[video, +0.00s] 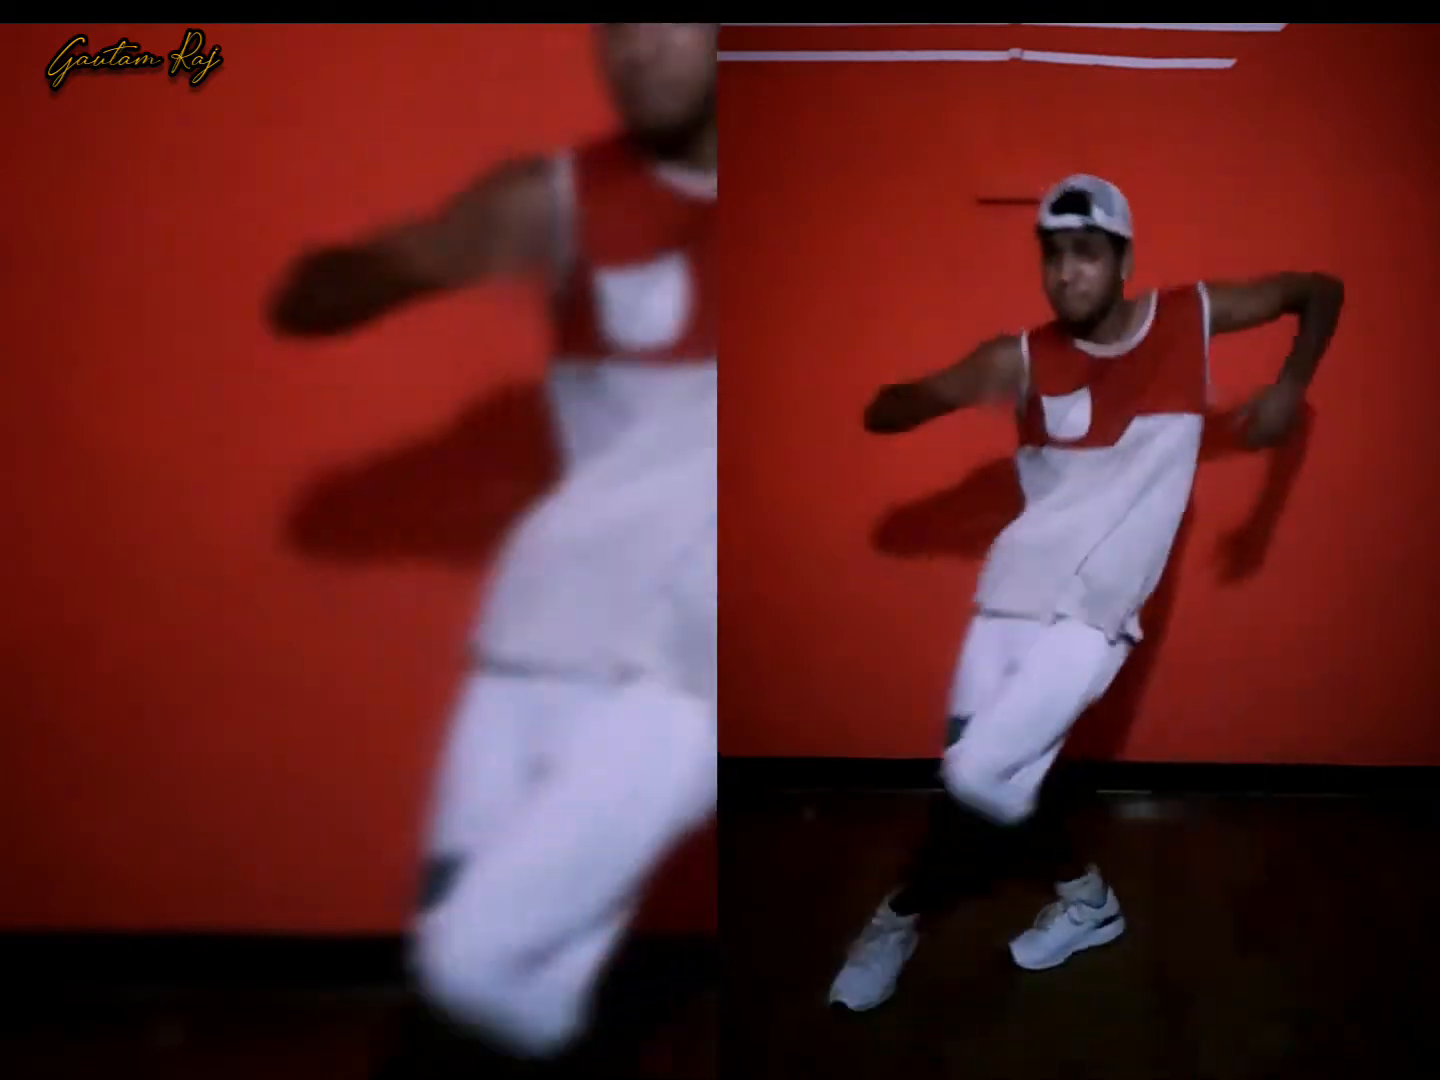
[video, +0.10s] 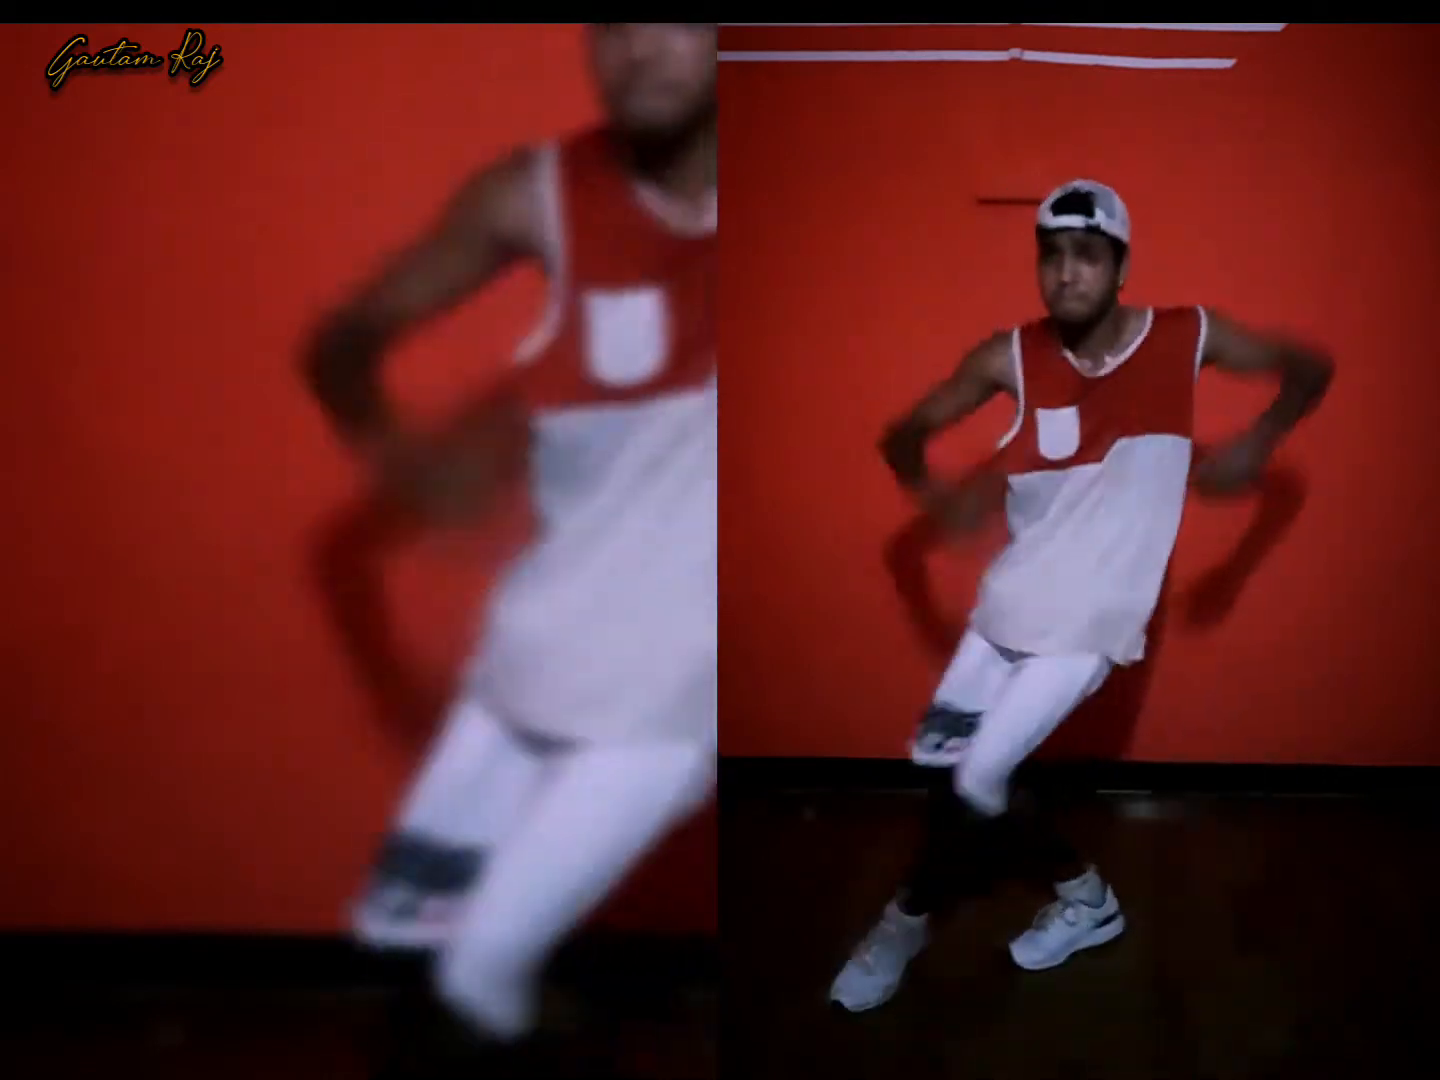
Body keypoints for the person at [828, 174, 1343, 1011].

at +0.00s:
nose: (1066, 273)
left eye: (1085, 257)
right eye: (1054, 257)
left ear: (1123, 261)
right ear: (1041, 267)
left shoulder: (1186, 315)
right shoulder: (1020, 359)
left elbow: (1321, 292)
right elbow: (893, 412)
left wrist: (1290, 387)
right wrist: (918, 398)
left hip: (1099, 606)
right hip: (1011, 591)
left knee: (975, 772)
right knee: (982, 767)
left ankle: (894, 926)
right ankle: (1085, 898)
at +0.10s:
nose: (1065, 276)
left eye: (1085, 259)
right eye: (1053, 258)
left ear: (1121, 267)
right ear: (1039, 268)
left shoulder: (1188, 337)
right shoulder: (1009, 356)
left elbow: (1310, 368)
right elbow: (903, 436)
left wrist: (1250, 448)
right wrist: (935, 500)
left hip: (1098, 610)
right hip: (1014, 596)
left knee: (976, 774)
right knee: (938, 758)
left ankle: (900, 930)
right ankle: (1084, 897)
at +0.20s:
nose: (1058, 284)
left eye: (1076, 266)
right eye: (1044, 266)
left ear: (1109, 277)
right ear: (1026, 276)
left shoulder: (1172, 372)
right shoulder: (1006, 368)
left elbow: (1249, 479)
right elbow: (964, 475)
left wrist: (1152, 535)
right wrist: (953, 583)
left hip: (1129, 592)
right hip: (1040, 591)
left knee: (1044, 736)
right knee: (991, 745)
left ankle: (1087, 901)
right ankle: (1045, 909)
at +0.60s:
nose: (1076, 301)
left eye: (1096, 286)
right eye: (1061, 283)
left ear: (1122, 300)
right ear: (1042, 294)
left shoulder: (1150, 401)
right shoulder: (1045, 361)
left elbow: (1213, 540)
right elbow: (1076, 461)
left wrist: (1098, 518)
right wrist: (1049, 508)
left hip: (1203, 615)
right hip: (1111, 603)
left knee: (1273, 788)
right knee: (1032, 767)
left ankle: (1416, 938)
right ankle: (1094, 908)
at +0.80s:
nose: (1071, 273)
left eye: (1089, 255)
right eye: (1056, 255)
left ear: (1119, 266)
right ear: (1038, 267)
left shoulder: (1184, 352)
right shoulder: (1020, 367)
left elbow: (1223, 477)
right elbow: (1012, 497)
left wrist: (1221, 601)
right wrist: (1057, 528)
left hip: (1153, 587)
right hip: (1059, 581)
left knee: (1092, 759)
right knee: (1020, 745)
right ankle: (1093, 901)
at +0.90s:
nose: (1080, 279)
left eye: (1099, 262)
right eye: (1066, 261)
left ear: (1128, 272)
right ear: (1047, 274)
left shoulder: (1202, 349)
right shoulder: (1033, 381)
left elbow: (1255, 429)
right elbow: (1050, 535)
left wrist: (1243, 547)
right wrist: (1088, 462)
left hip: (1123, 614)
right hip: (1033, 592)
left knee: (1047, 782)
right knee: (985, 747)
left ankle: (1035, 857)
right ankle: (1085, 897)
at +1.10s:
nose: (1104, 295)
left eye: (1123, 278)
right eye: (1089, 277)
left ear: (1151, 289)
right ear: (1068, 287)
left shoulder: (1209, 364)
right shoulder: (1036, 391)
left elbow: (1230, 421)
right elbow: (997, 538)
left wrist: (1218, 502)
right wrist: (1050, 516)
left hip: (1137, 625)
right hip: (1041, 613)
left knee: (1116, 796)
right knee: (1000, 763)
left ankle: (1077, 882)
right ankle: (1089, 904)